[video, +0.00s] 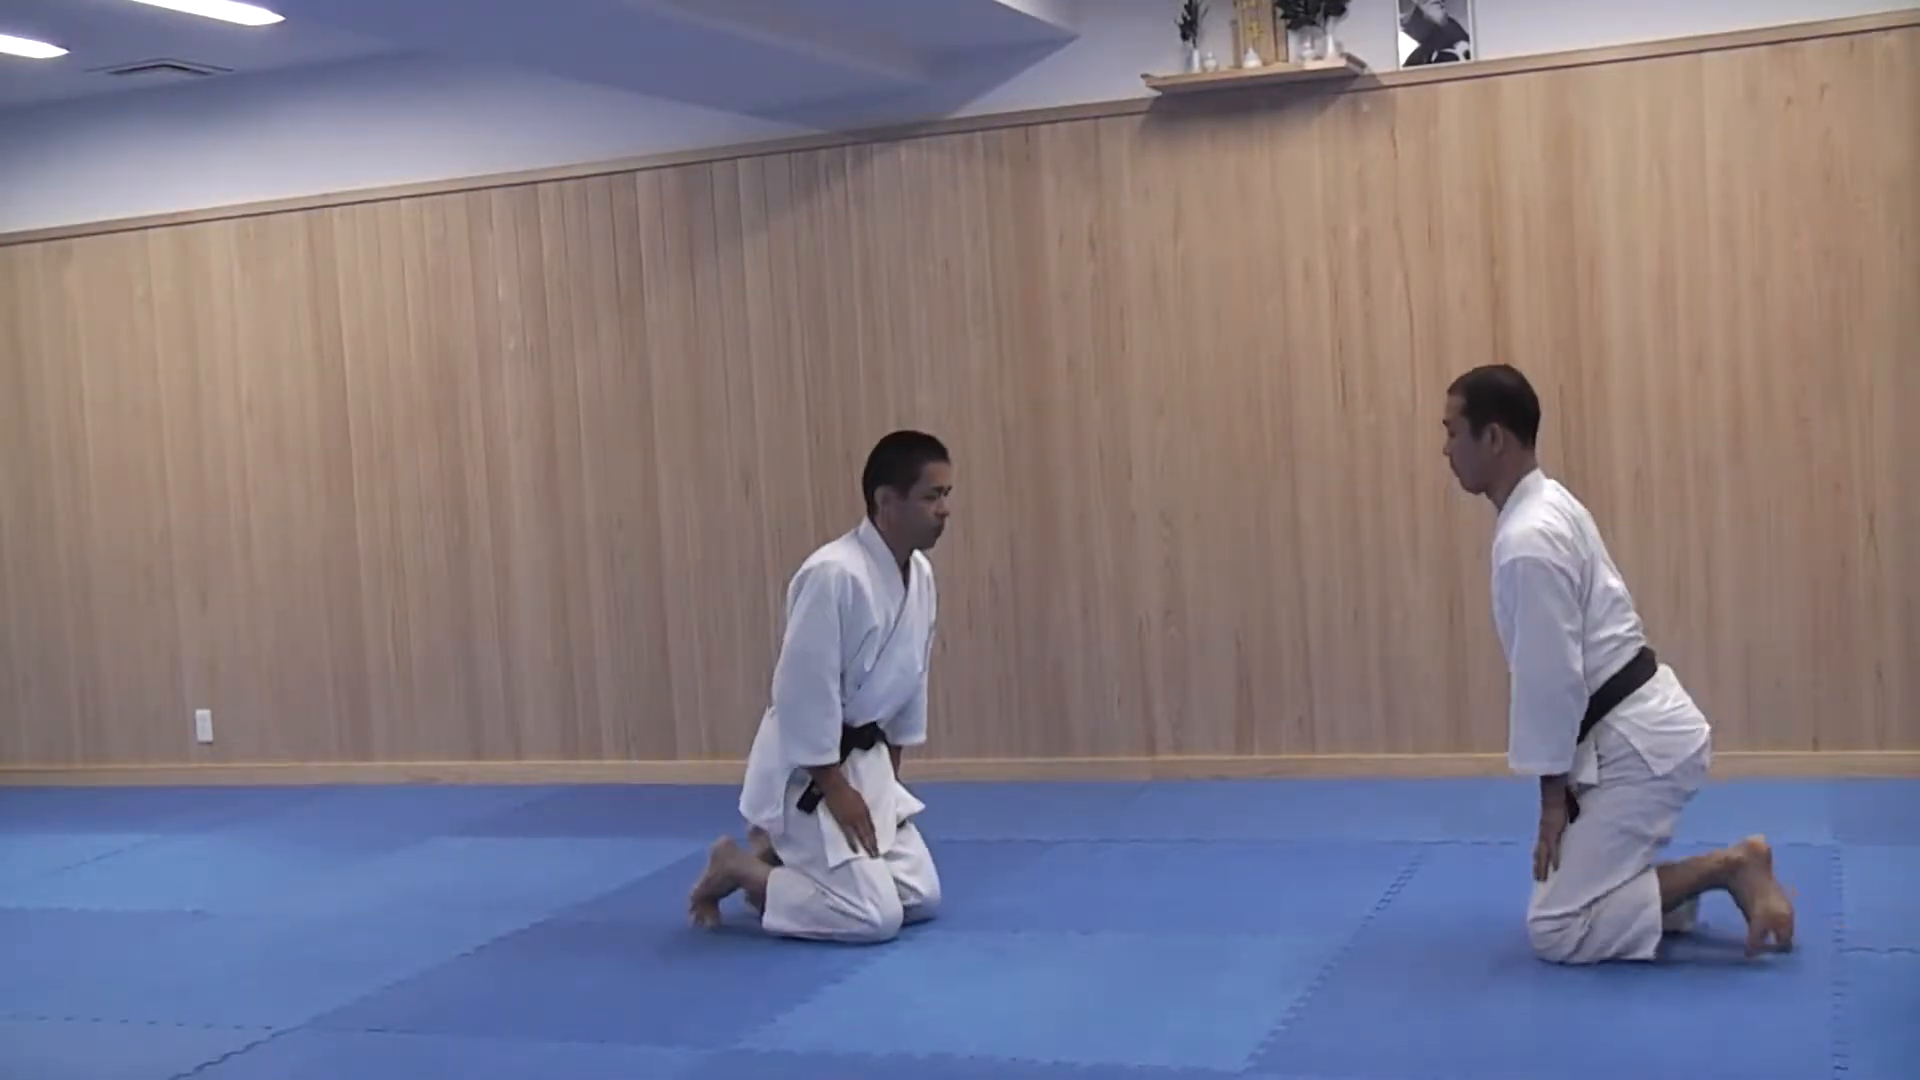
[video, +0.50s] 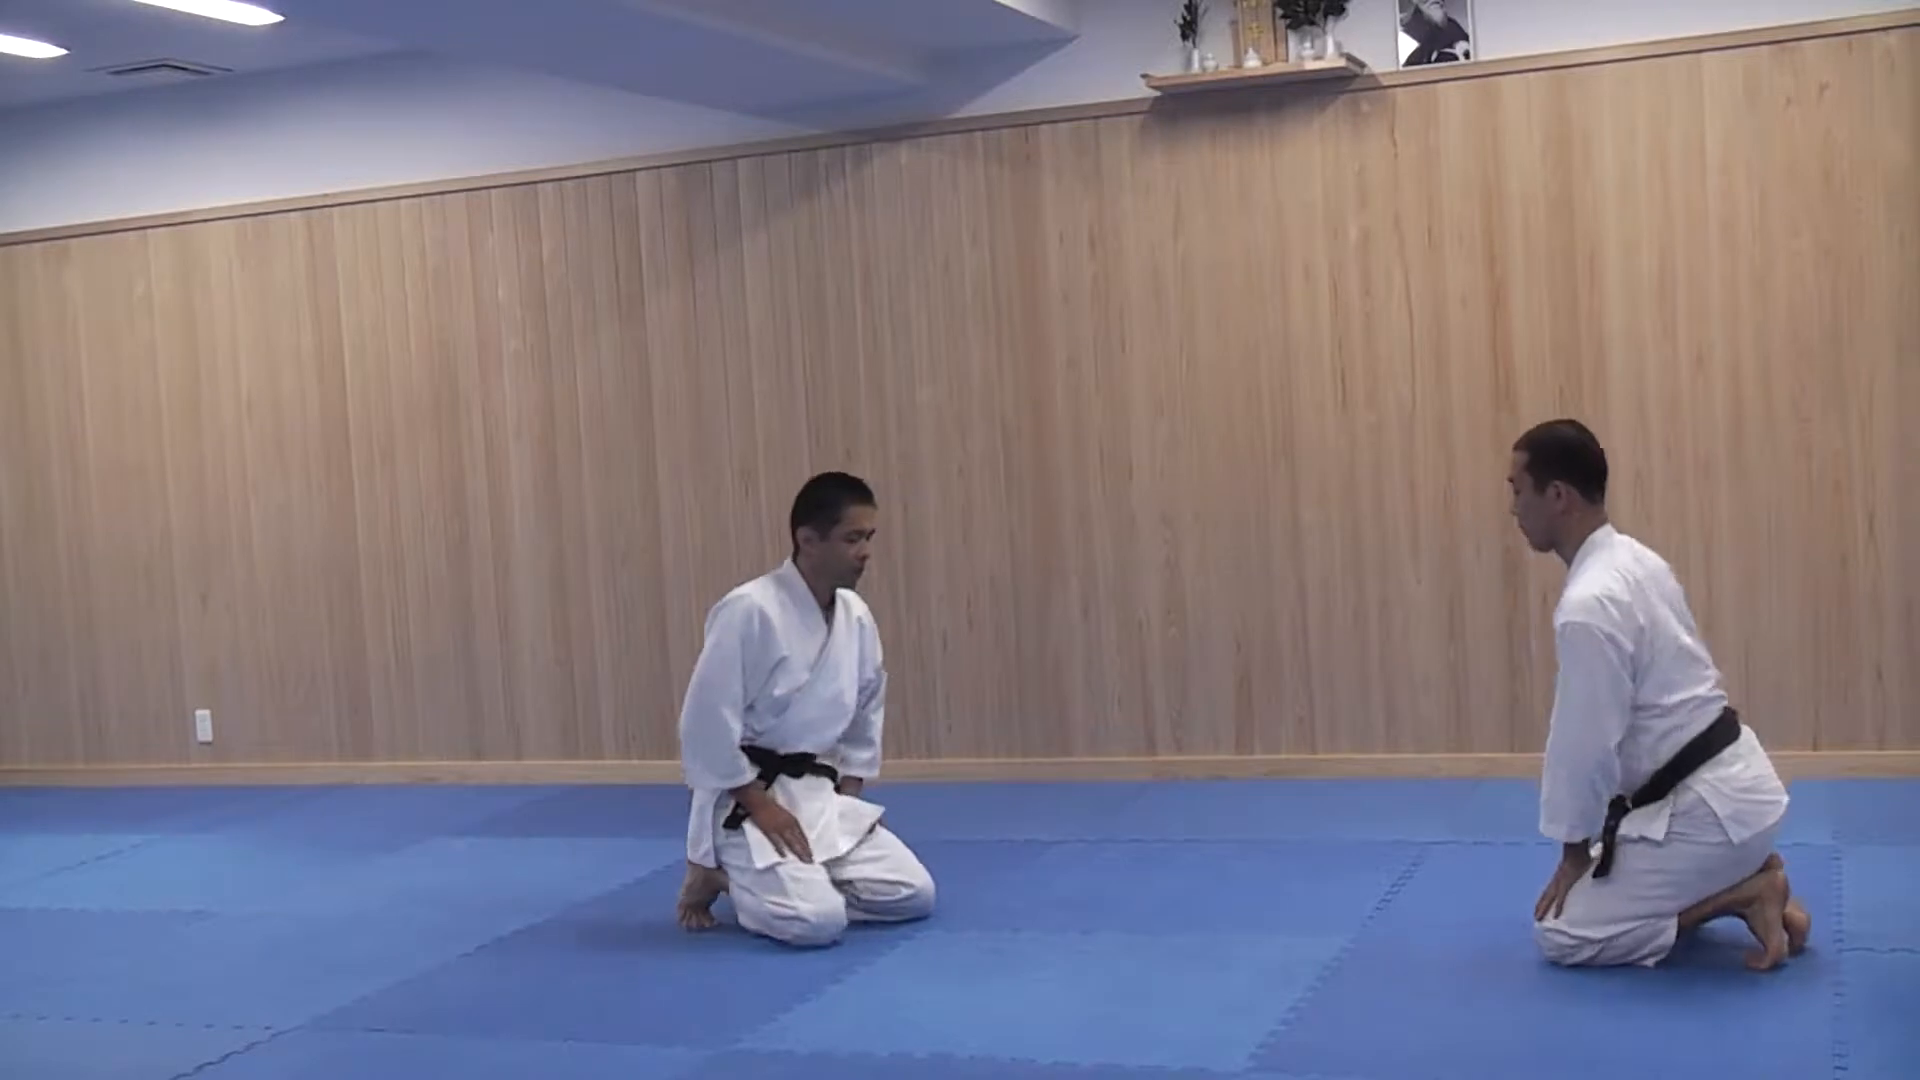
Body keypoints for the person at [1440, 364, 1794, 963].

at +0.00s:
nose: (1445, 449)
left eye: (1453, 432)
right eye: (1445, 432)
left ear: (1494, 439)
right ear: (1498, 440)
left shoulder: (1528, 539)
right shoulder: (1549, 505)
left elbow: (1551, 680)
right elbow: (1565, 664)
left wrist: (1552, 798)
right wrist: (1561, 789)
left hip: (1642, 746)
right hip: (1649, 730)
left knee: (1559, 930)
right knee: (1571, 897)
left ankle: (1728, 867)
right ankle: (1717, 873)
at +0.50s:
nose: (1513, 508)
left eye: (1517, 491)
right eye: (1513, 491)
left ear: (1558, 496)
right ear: (1562, 496)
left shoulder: (1590, 603)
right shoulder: (1634, 560)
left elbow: (1585, 742)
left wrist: (1573, 853)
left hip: (1710, 814)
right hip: (1736, 791)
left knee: (1565, 938)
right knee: (1578, 910)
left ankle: (1741, 892)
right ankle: (1747, 882)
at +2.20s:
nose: (1486, 345)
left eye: (1492, 329)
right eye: (1486, 328)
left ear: (1532, 331)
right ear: (1558, 330)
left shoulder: (1546, 434)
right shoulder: (1632, 400)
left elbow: (1520, 572)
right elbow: (1688, 507)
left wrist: (1483, 669)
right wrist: (1676, 603)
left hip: (1627, 632)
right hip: (1695, 628)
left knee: (1476, 744)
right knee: (1668, 839)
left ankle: (1558, 906)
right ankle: (1827, 890)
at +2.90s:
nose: (1568, 220)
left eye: (1577, 204)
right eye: (1569, 203)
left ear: (1621, 209)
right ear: (1633, 210)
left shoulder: (1636, 306)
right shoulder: (1686, 285)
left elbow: (1653, 440)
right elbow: (1691, 430)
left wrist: (1626, 552)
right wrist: (1625, 537)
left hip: (1710, 539)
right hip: (1763, 525)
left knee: (1609, 701)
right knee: (1781, 723)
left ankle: (1615, 906)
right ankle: (1856, 915)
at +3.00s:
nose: (1563, 217)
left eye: (1573, 201)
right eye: (1565, 201)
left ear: (1618, 208)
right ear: (1626, 209)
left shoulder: (1637, 307)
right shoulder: (1663, 285)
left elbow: (1660, 442)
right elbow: (1672, 433)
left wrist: (1624, 551)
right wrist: (1617, 526)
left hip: (1698, 544)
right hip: (1737, 530)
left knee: (1600, 711)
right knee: (1769, 724)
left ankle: (1611, 909)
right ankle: (1855, 914)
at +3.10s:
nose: (1551, 217)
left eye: (1563, 201)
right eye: (1553, 201)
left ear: (1606, 207)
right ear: (1613, 209)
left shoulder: (1631, 310)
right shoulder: (1637, 294)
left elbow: (1659, 440)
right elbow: (1658, 432)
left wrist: (1616, 549)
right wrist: (1602, 521)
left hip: (1677, 549)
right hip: (1701, 539)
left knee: (1586, 724)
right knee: (1742, 727)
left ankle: (1609, 912)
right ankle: (1848, 904)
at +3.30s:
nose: (1525, 208)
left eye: (1534, 191)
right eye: (1526, 191)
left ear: (1582, 196)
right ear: (1584, 198)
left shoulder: (1618, 297)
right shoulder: (1590, 285)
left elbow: (1654, 429)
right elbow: (1602, 429)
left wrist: (1573, 524)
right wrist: (1555, 525)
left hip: (1630, 546)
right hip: (1611, 544)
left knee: (1581, 736)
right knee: (1608, 724)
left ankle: (1607, 914)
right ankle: (1758, 858)